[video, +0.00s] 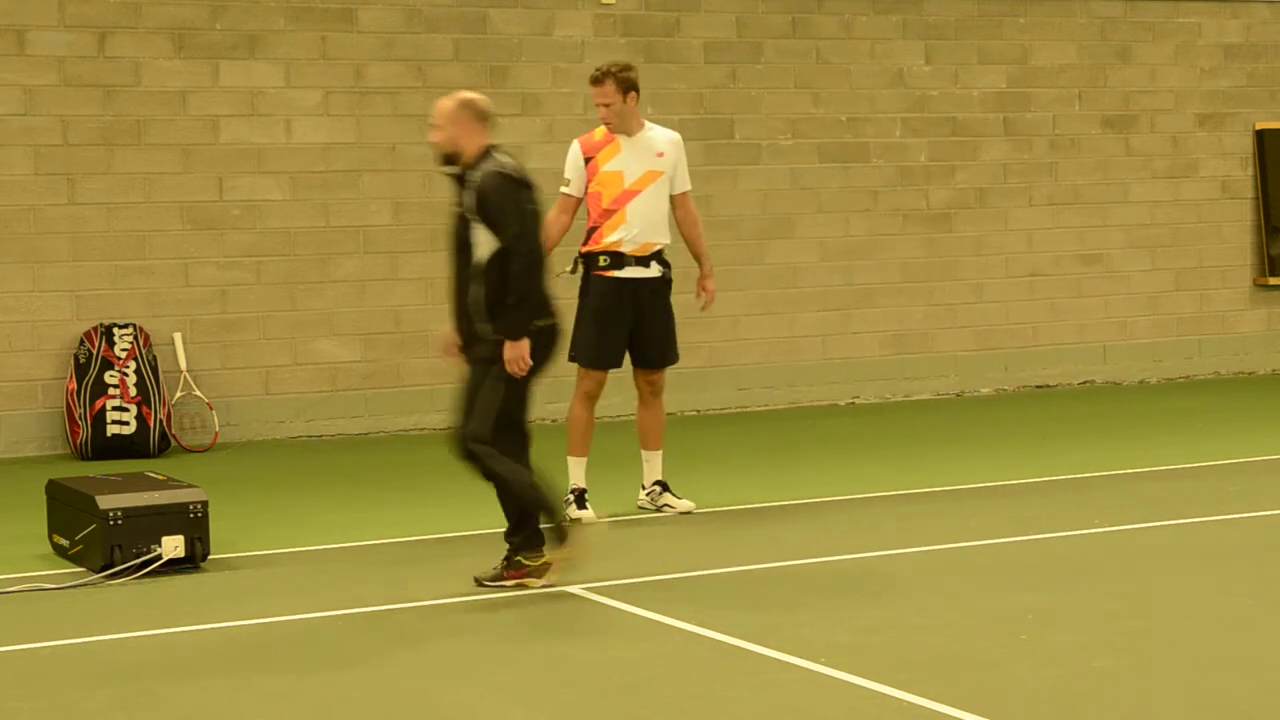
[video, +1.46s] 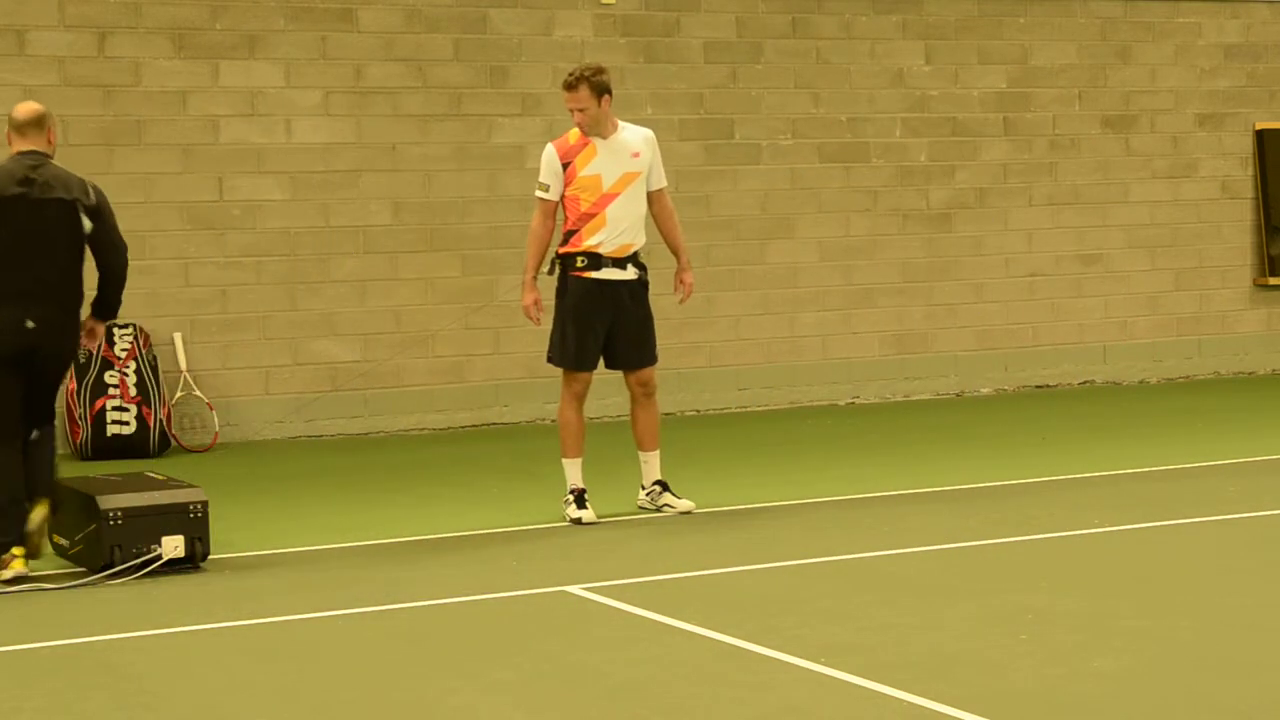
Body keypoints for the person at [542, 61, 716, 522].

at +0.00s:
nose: (601, 113)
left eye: (608, 105)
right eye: (597, 105)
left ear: (633, 100)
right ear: (594, 103)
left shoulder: (668, 143)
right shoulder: (585, 149)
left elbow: (684, 208)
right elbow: (562, 213)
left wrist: (705, 266)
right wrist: (528, 259)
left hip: (651, 280)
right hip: (602, 281)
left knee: (652, 385)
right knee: (589, 386)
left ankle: (653, 486)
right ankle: (577, 491)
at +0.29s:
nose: (586, 115)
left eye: (592, 107)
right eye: (581, 107)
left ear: (617, 100)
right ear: (580, 105)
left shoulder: (653, 143)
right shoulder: (571, 150)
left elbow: (672, 206)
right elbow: (554, 218)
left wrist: (697, 264)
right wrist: (533, 279)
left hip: (640, 282)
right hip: (590, 283)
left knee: (648, 384)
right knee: (582, 387)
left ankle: (653, 486)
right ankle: (576, 492)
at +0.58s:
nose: (577, 116)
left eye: (583, 107)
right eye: (572, 109)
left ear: (607, 100)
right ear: (573, 106)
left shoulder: (644, 142)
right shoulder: (562, 151)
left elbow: (664, 205)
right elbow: (545, 218)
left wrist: (690, 260)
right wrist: (530, 279)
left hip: (633, 281)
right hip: (583, 282)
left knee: (645, 385)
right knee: (578, 388)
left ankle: (653, 487)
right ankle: (576, 493)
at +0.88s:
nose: (574, 117)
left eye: (580, 109)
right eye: (570, 110)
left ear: (605, 101)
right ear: (570, 107)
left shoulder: (642, 142)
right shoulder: (560, 152)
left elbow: (662, 205)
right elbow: (544, 219)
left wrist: (686, 261)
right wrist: (531, 280)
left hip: (631, 281)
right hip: (581, 283)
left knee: (643, 385)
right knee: (578, 388)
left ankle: (653, 486)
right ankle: (576, 494)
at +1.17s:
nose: (574, 117)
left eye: (580, 108)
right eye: (570, 110)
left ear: (605, 101)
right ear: (570, 107)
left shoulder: (642, 142)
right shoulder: (560, 152)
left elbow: (662, 204)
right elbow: (544, 218)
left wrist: (687, 261)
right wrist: (530, 280)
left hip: (629, 281)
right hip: (580, 282)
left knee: (643, 384)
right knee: (576, 387)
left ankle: (653, 486)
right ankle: (575, 493)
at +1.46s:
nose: (575, 118)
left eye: (580, 109)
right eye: (570, 110)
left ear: (606, 102)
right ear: (570, 108)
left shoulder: (642, 142)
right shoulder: (560, 152)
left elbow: (660, 204)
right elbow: (543, 219)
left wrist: (683, 262)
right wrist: (529, 281)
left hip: (629, 281)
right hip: (579, 283)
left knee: (644, 384)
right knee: (575, 387)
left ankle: (653, 486)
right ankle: (576, 493)